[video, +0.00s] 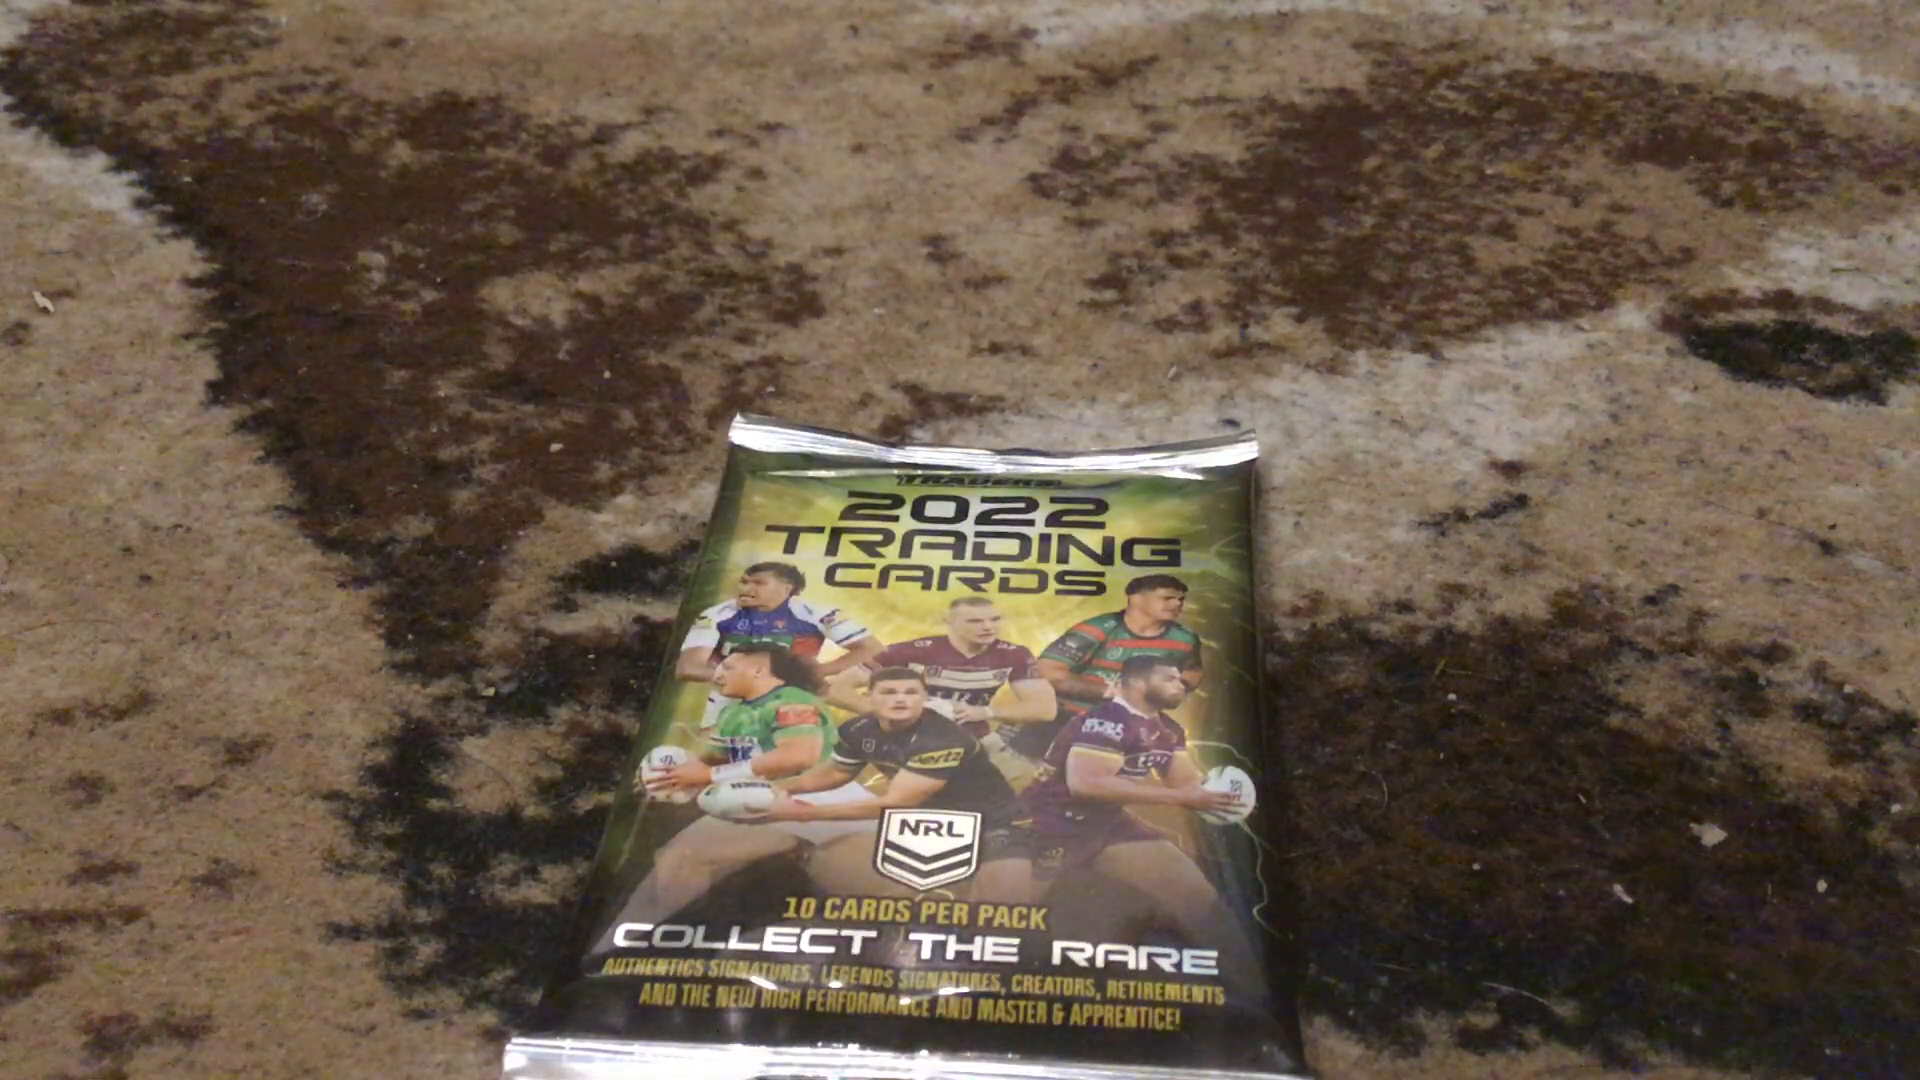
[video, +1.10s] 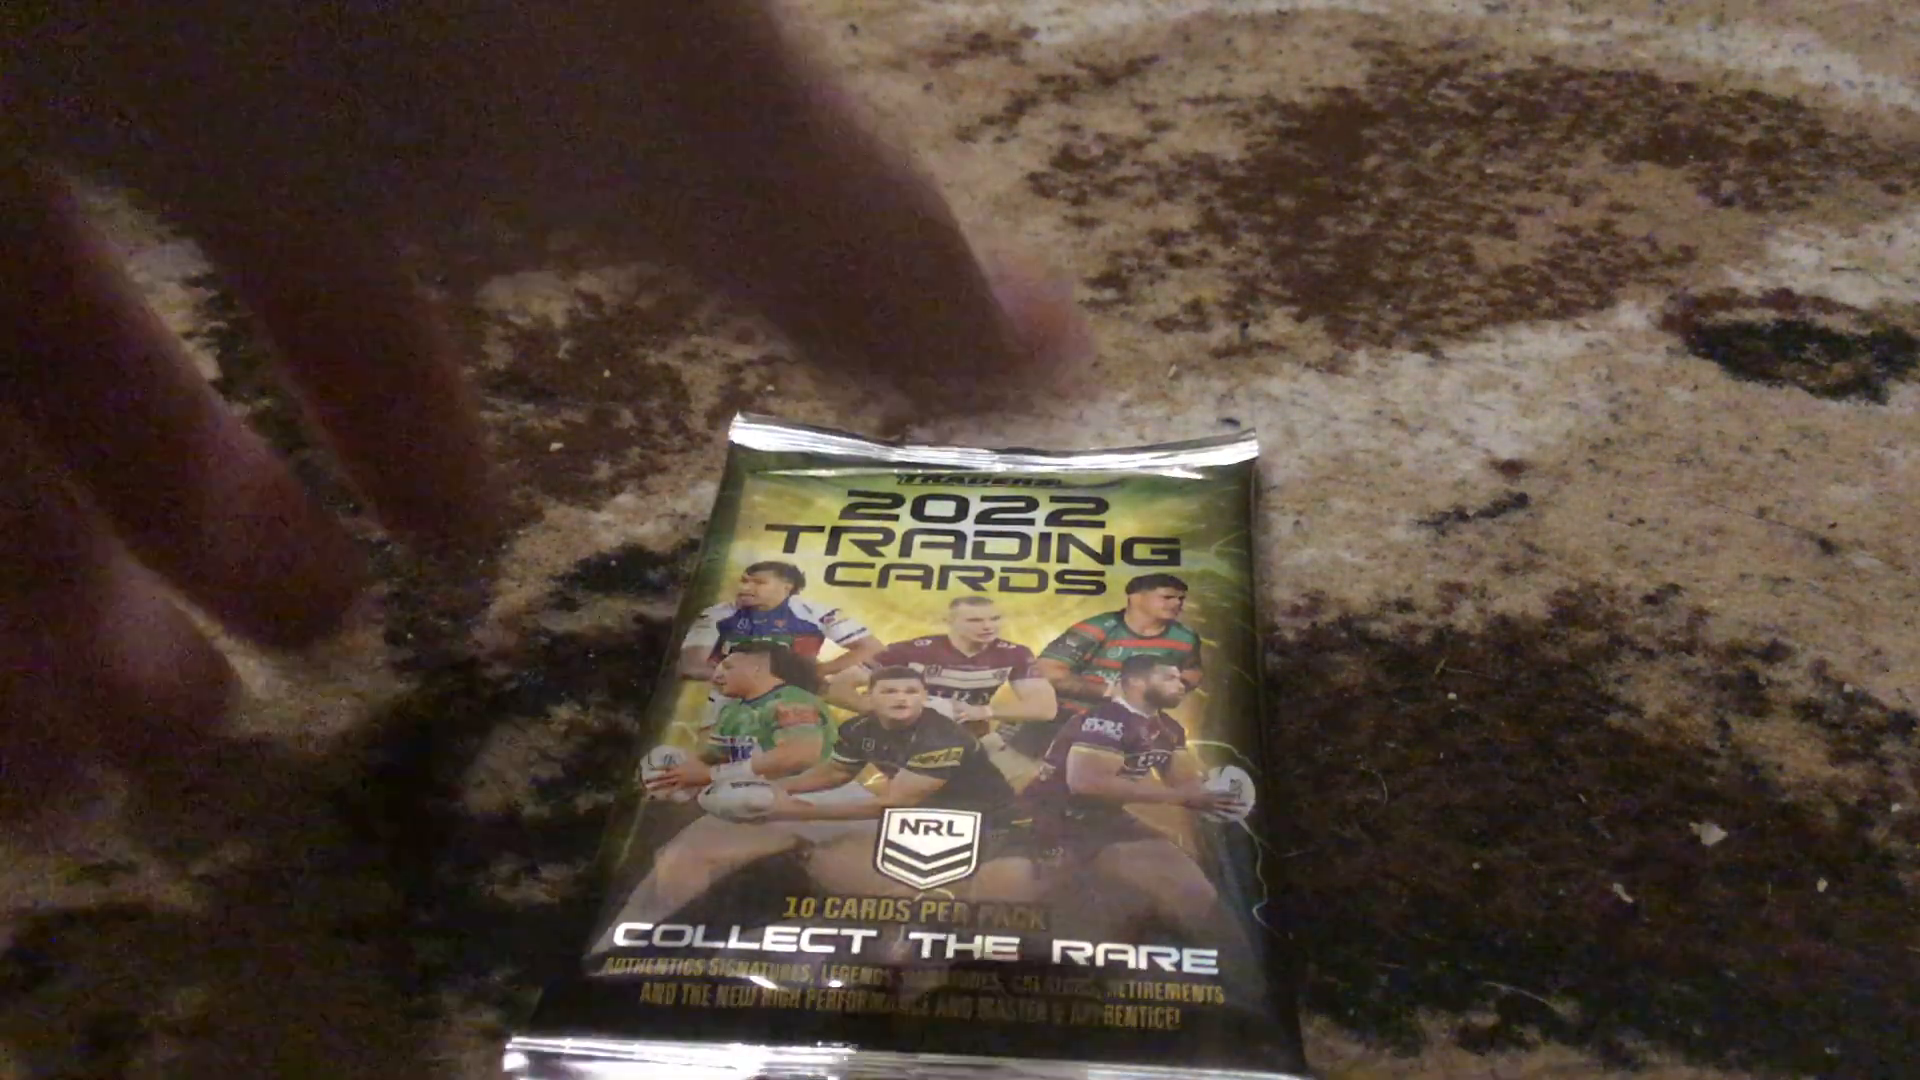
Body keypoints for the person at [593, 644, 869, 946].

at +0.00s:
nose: (720, 670)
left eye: (729, 662)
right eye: (722, 663)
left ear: (761, 664)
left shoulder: (793, 700)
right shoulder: (733, 713)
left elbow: (801, 754)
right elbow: (713, 762)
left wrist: (711, 775)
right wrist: (667, 778)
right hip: (752, 815)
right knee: (672, 862)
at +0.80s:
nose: (720, 669)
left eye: (729, 662)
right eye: (722, 662)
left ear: (761, 665)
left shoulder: (793, 700)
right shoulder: (732, 714)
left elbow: (802, 754)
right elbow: (714, 763)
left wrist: (711, 775)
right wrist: (668, 779)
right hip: (752, 814)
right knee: (674, 863)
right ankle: (614, 950)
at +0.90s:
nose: (719, 669)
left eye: (729, 662)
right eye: (721, 662)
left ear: (761, 665)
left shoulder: (793, 701)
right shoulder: (733, 714)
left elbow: (801, 754)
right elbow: (713, 762)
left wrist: (711, 775)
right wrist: (667, 779)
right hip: (758, 814)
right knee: (678, 862)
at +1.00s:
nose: (719, 668)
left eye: (730, 660)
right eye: (722, 661)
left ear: (762, 662)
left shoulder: (793, 701)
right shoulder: (731, 712)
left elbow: (802, 754)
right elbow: (716, 763)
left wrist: (712, 775)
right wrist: (675, 778)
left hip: (783, 818)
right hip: (737, 816)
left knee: (685, 860)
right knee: (669, 862)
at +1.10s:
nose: (719, 670)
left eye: (729, 661)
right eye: (721, 662)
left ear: (763, 661)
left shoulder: (793, 700)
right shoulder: (731, 712)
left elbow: (802, 754)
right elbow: (715, 763)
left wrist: (712, 775)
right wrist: (676, 781)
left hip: (782, 814)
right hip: (736, 814)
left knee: (682, 861)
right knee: (670, 861)